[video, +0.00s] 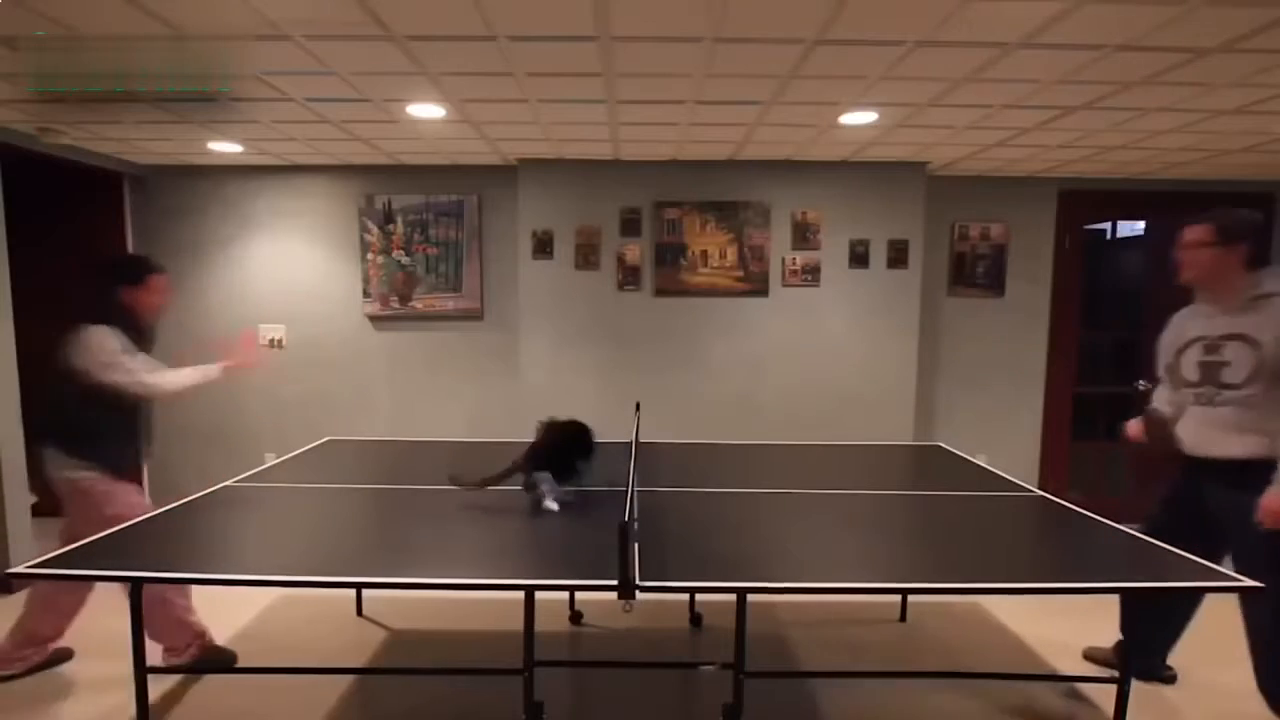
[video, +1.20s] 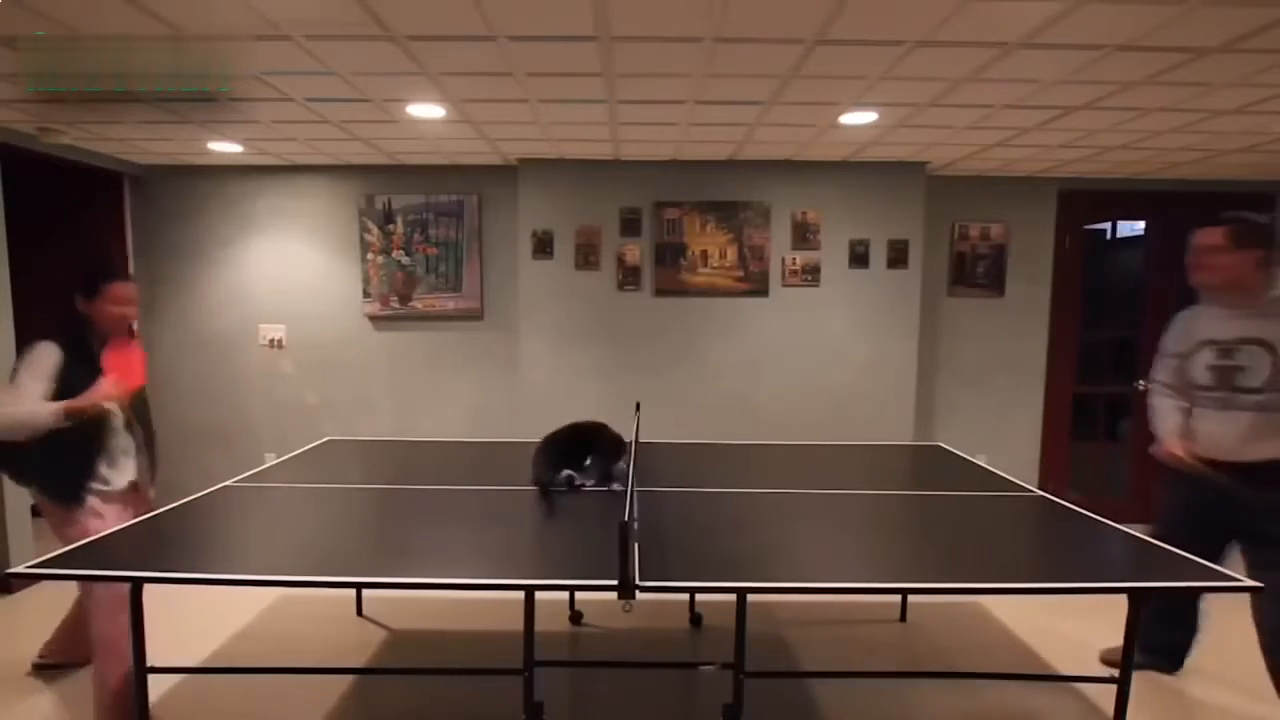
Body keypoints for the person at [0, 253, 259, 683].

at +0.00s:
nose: (162, 302)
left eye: (163, 293)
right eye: (155, 292)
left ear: (133, 294)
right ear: (129, 292)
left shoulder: (119, 338)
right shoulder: (95, 339)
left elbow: (154, 377)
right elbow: (151, 381)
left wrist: (203, 362)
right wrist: (222, 366)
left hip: (110, 470)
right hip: (84, 471)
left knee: (77, 562)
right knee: (150, 546)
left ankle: (21, 650)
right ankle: (185, 644)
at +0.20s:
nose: (218, 295)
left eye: (219, 286)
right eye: (211, 286)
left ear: (188, 289)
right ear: (180, 287)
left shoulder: (186, 331)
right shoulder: (152, 330)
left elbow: (167, 403)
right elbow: (114, 404)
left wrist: (222, 419)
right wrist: (182, 424)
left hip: (146, 456)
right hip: (123, 456)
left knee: (112, 553)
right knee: (161, 546)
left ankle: (45, 645)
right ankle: (186, 645)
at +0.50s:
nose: (191, 294)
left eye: (193, 285)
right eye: (183, 284)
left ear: (185, 288)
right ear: (154, 288)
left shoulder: (171, 337)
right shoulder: (119, 334)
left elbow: (175, 398)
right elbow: (58, 399)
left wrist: (178, 441)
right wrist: (124, 434)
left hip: (149, 459)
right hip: (111, 461)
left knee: (126, 550)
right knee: (161, 544)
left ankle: (71, 641)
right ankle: (185, 644)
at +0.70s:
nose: (130, 288)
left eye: (134, 280)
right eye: (121, 279)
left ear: (138, 287)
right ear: (96, 283)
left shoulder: (122, 332)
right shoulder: (59, 331)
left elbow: (124, 396)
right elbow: (17, 402)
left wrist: (146, 420)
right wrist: (87, 427)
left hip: (115, 456)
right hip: (73, 461)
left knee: (94, 548)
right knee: (123, 545)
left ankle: (68, 640)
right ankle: (163, 648)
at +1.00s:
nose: (115, 287)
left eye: (119, 278)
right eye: (106, 278)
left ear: (121, 281)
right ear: (74, 277)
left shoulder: (108, 329)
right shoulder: (39, 323)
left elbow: (120, 400)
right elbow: (2, 388)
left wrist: (131, 460)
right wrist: (52, 410)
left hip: (104, 462)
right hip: (60, 465)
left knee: (93, 551)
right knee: (118, 546)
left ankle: (61, 644)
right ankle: (117, 659)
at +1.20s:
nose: (129, 315)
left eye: (133, 305)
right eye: (118, 304)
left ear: (137, 308)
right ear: (87, 305)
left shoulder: (129, 358)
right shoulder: (55, 353)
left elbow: (139, 432)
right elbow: (11, 418)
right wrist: (82, 404)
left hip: (127, 491)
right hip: (76, 498)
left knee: (118, 572)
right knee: (113, 584)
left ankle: (62, 649)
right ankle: (118, 704)